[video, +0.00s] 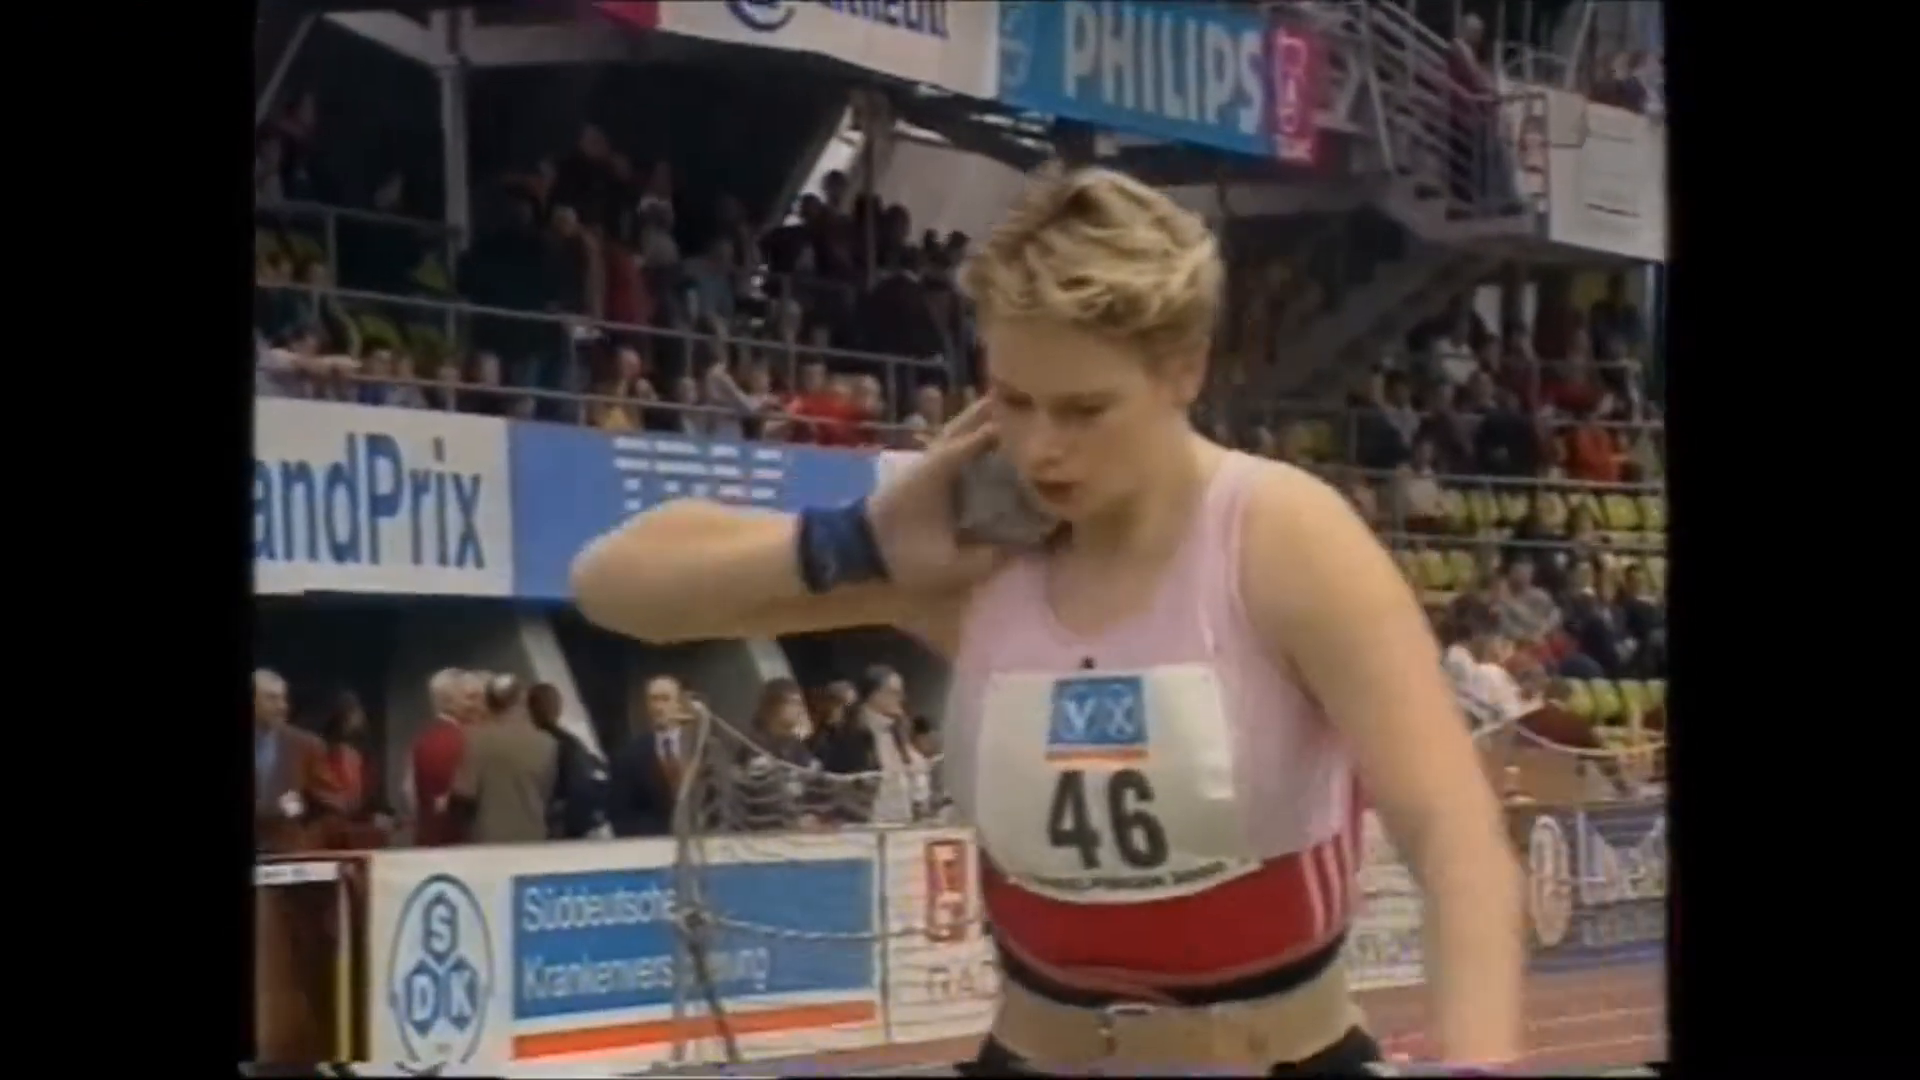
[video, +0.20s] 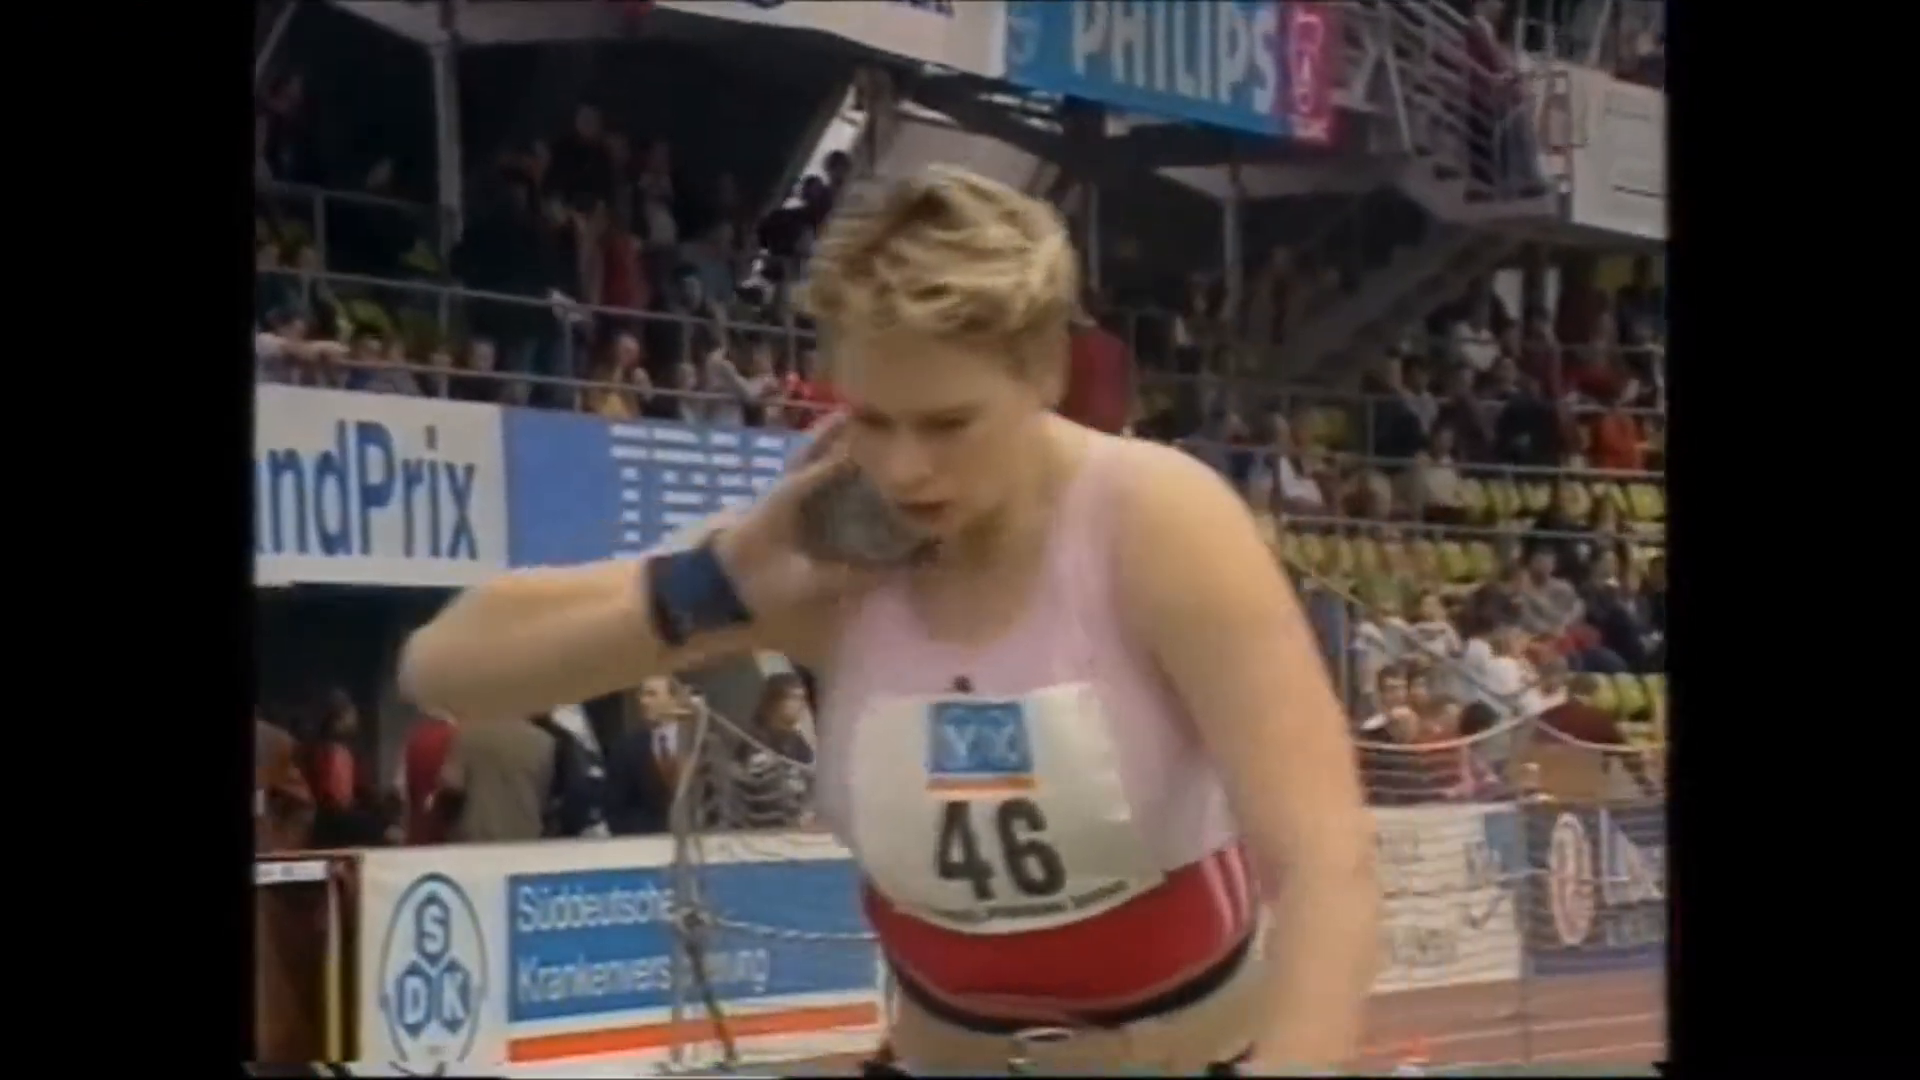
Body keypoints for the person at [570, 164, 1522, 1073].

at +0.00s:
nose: (1034, 448)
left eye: (1077, 409)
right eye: (1008, 400)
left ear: (1182, 371)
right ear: (986, 368)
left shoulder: (1287, 537)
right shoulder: (962, 545)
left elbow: (1463, 847)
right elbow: (606, 583)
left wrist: (1474, 1064)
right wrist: (861, 546)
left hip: (1276, 1059)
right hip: (1034, 1057)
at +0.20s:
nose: (904, 472)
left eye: (948, 424)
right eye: (867, 423)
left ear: (1047, 375)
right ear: (832, 397)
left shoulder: (1162, 521)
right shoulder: (817, 555)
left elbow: (1330, 875)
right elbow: (437, 669)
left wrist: (1286, 1069)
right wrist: (719, 580)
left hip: (1192, 1048)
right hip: (943, 1053)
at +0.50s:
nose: (717, 554)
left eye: (765, 508)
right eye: (677, 502)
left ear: (874, 426)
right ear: (641, 448)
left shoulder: (1024, 544)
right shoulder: (633, 548)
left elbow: (1241, 947)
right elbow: (273, 747)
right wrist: (556, 687)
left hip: (1104, 1042)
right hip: (855, 1049)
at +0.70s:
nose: (659, 707)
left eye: (705, 664)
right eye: (617, 665)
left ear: (818, 560)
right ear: (574, 594)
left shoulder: (996, 635)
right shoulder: (543, 647)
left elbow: (1251, 1041)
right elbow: (256, 867)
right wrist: (505, 814)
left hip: (1089, 1038)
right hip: (840, 1048)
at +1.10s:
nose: (696, 686)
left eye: (737, 631)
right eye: (645, 639)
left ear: (849, 514)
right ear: (592, 557)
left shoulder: (1071, 577)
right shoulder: (575, 563)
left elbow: (1254, 1049)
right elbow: (261, 834)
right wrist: (524, 790)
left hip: (1172, 1032)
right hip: (912, 1042)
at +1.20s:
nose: (712, 510)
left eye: (762, 456)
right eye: (664, 457)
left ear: (884, 348)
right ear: (608, 382)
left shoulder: (1099, 441)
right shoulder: (585, 458)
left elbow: (1265, 976)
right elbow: (255, 706)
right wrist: (530, 664)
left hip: (1189, 1021)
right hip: (906, 1037)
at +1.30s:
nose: (736, 405)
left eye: (791, 346)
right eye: (683, 349)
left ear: (917, 234)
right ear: (630, 283)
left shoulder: (1128, 365)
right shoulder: (599, 387)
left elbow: (1270, 878)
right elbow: (254, 630)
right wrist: (540, 557)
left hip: (1209, 1013)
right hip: (899, 1029)